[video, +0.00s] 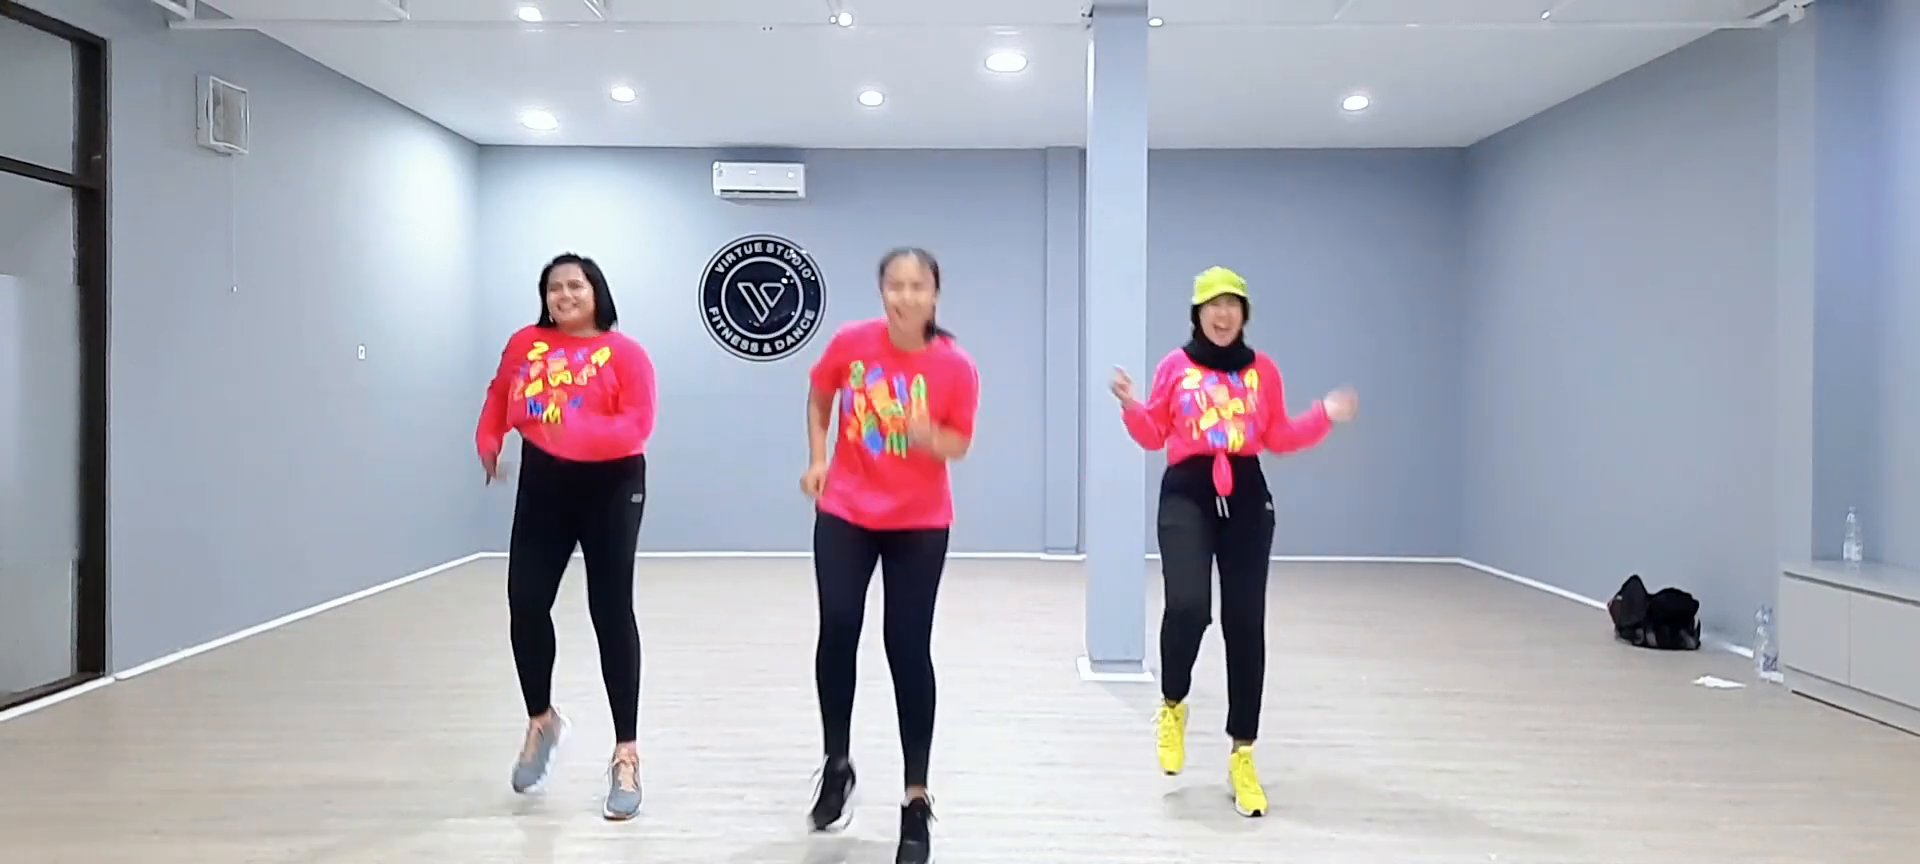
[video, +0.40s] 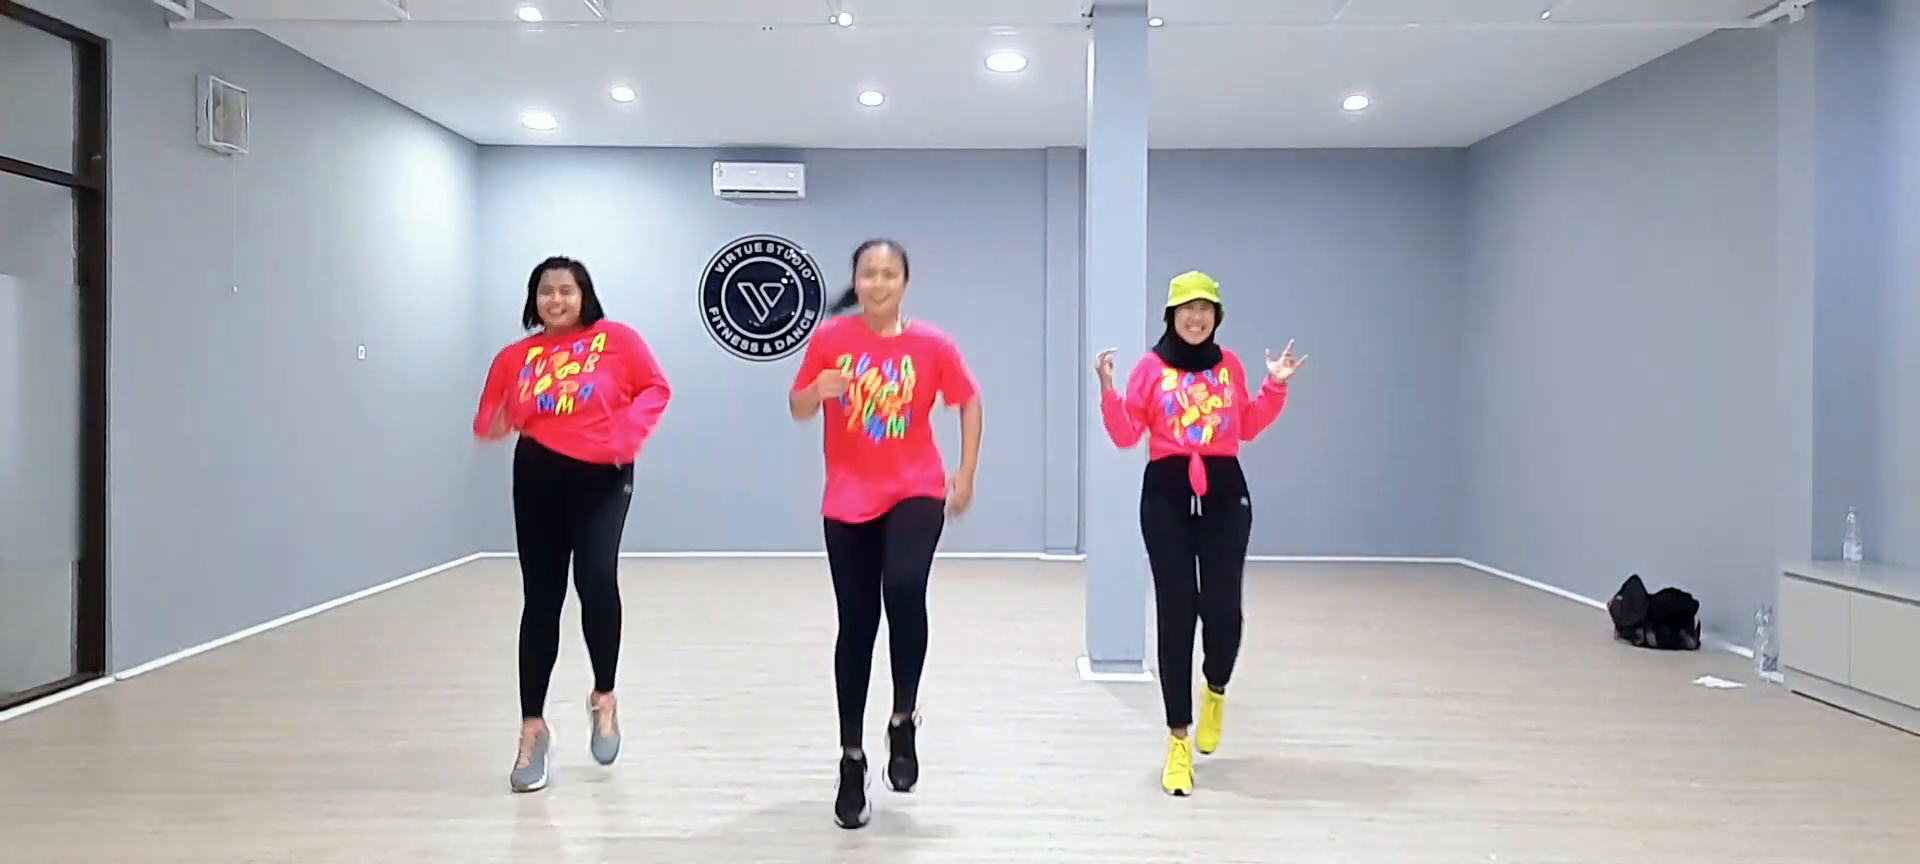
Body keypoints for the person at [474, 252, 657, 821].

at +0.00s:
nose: (566, 294)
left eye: (577, 284)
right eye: (555, 287)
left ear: (599, 293)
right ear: (545, 299)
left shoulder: (627, 354)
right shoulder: (525, 344)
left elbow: (638, 427)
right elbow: (500, 396)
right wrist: (489, 438)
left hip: (612, 490)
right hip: (544, 485)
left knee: (612, 611)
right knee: (525, 603)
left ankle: (626, 753)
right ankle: (541, 719)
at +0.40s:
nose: (556, 299)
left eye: (566, 290)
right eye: (547, 291)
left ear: (585, 298)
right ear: (533, 299)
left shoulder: (616, 339)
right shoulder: (515, 358)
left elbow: (657, 388)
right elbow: (485, 427)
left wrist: (626, 436)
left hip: (602, 477)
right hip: (538, 476)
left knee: (596, 581)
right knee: (541, 599)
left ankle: (604, 697)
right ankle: (532, 728)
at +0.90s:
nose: (575, 312)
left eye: (584, 302)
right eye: (565, 304)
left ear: (602, 305)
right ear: (553, 310)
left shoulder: (630, 345)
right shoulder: (534, 354)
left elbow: (672, 404)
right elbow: (512, 418)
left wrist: (627, 387)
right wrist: (502, 477)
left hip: (621, 474)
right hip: (560, 473)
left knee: (614, 580)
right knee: (562, 581)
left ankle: (613, 694)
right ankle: (578, 676)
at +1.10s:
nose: (572, 334)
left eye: (580, 325)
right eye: (563, 327)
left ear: (597, 330)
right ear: (551, 334)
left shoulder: (634, 378)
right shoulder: (535, 389)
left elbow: (668, 428)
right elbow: (518, 456)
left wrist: (643, 448)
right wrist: (506, 520)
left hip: (625, 500)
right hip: (563, 502)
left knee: (635, 584)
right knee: (573, 600)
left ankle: (627, 689)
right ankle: (585, 697)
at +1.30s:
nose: (580, 305)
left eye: (591, 297)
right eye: (571, 297)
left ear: (609, 304)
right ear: (560, 306)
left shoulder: (633, 345)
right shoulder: (538, 353)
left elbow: (684, 393)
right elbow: (508, 403)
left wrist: (719, 449)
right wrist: (533, 452)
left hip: (639, 465)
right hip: (581, 472)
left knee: (640, 565)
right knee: (581, 580)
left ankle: (663, 683)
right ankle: (607, 679)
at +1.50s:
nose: (593, 331)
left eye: (604, 326)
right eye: (588, 323)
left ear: (625, 337)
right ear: (579, 330)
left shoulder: (643, 390)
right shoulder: (551, 380)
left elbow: (688, 447)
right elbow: (533, 442)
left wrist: (739, 489)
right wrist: (536, 498)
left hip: (642, 501)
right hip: (583, 503)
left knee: (650, 603)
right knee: (568, 604)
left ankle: (669, 708)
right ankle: (613, 683)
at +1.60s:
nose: (579, 323)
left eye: (590, 317)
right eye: (574, 316)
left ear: (612, 327)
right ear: (566, 322)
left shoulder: (634, 382)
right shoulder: (541, 376)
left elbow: (650, 456)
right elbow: (534, 447)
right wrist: (539, 504)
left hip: (626, 501)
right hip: (568, 503)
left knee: (642, 601)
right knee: (537, 587)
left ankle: (667, 707)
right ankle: (565, 691)